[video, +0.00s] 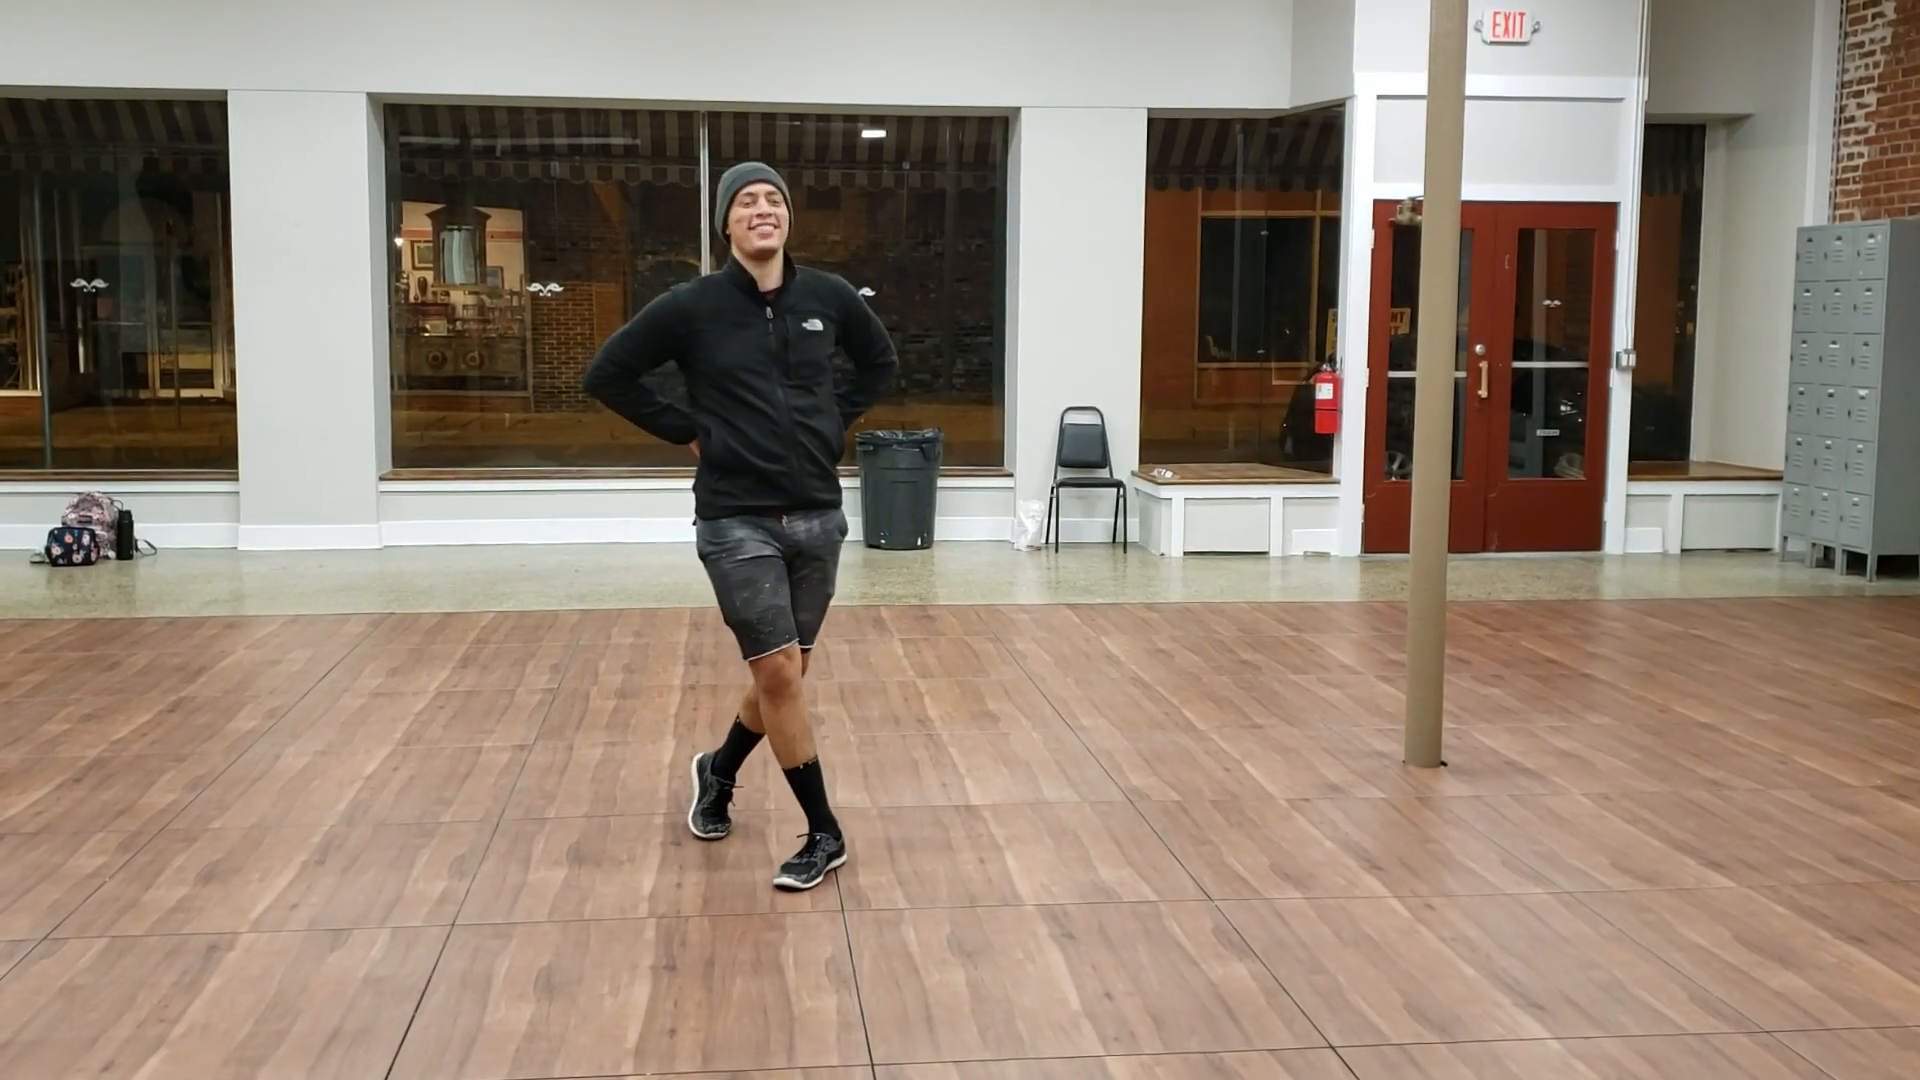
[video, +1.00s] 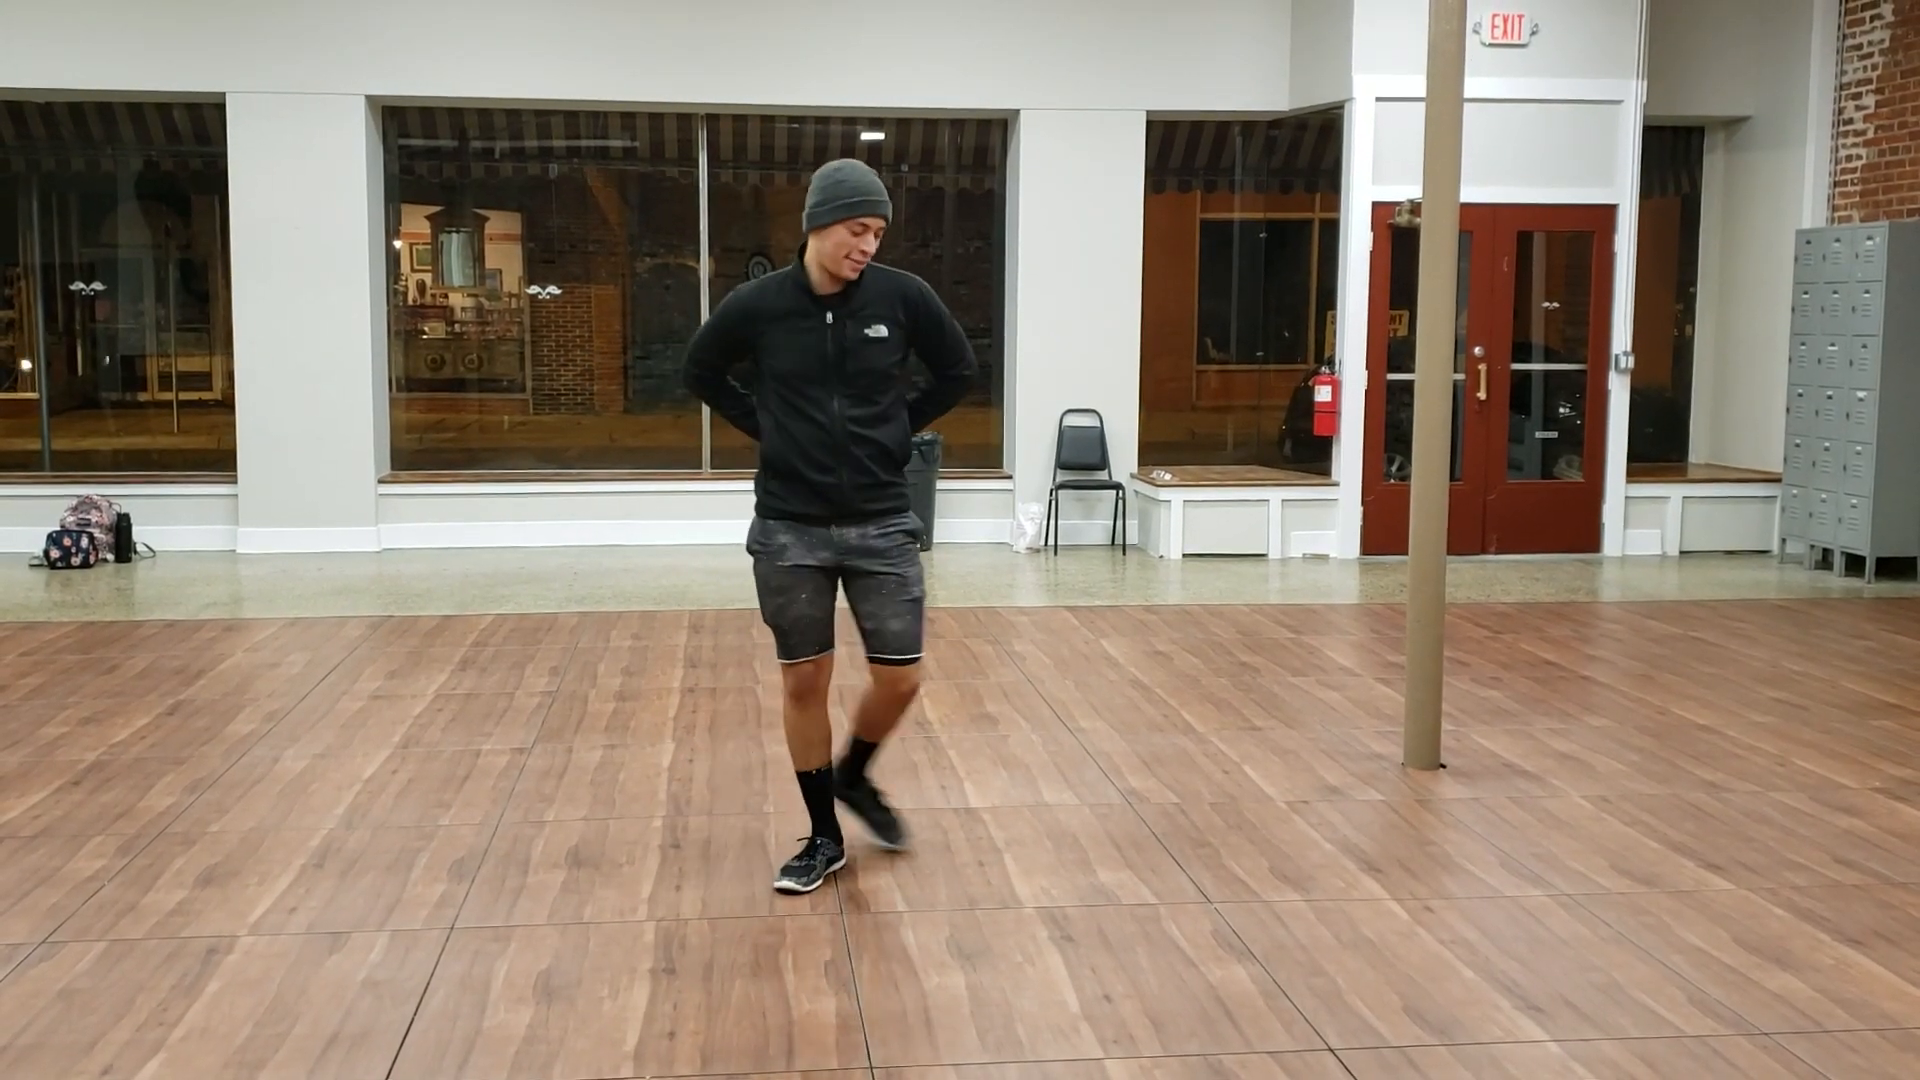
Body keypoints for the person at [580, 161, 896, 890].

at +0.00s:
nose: (762, 210)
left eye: (772, 201)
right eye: (747, 202)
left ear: (790, 220)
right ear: (725, 225)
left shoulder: (832, 296)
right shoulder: (690, 306)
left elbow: (881, 367)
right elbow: (604, 377)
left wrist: (831, 423)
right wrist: (688, 432)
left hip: (817, 514)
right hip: (733, 516)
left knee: (785, 675)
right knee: (779, 671)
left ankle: (719, 769)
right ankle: (824, 833)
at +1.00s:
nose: (867, 245)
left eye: (876, 232)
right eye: (855, 229)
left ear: (880, 237)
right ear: (814, 224)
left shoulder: (902, 297)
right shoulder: (754, 305)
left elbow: (959, 375)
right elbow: (701, 373)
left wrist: (895, 427)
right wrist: (769, 430)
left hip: (881, 523)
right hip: (789, 524)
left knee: (900, 672)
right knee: (804, 676)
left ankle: (851, 774)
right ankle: (822, 837)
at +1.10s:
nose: (872, 241)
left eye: (883, 229)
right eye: (861, 225)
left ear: (890, 234)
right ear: (824, 220)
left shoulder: (915, 297)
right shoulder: (764, 304)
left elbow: (978, 375)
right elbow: (720, 369)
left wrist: (914, 432)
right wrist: (780, 421)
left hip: (898, 523)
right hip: (802, 525)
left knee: (937, 676)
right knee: (811, 680)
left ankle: (947, 808)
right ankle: (824, 838)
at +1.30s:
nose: (904, 240)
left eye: (918, 227)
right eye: (892, 222)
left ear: (929, 235)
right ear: (858, 222)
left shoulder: (956, 306)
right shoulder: (814, 302)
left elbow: (1029, 391)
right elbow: (780, 365)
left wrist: (952, 443)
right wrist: (831, 418)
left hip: (933, 529)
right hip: (837, 529)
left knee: (989, 677)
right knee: (819, 685)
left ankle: (1060, 836)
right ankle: (826, 833)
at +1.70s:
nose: (887, 213)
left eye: (903, 207)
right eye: (876, 200)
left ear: (918, 233)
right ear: (850, 217)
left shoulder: (944, 315)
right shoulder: (816, 301)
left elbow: (1013, 410)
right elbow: (790, 362)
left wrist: (934, 455)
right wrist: (826, 416)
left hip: (908, 537)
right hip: (817, 531)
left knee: (962, 686)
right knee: (793, 685)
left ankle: (1050, 828)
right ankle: (849, 815)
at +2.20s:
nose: (737, 223)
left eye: (751, 215)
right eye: (724, 212)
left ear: (770, 239)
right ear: (699, 232)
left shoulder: (802, 332)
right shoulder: (648, 310)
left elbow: (854, 412)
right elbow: (556, 382)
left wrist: (783, 466)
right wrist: (633, 448)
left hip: (742, 546)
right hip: (654, 541)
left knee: (683, 714)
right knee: (637, 715)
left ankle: (644, 872)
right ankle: (764, 788)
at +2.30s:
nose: (708, 217)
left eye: (721, 208)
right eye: (694, 207)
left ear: (741, 231)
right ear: (670, 226)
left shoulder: (775, 325)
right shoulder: (620, 308)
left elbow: (824, 406)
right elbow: (520, 375)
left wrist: (752, 459)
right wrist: (602, 447)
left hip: (719, 548)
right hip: (623, 544)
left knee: (675, 718)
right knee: (575, 708)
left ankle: (642, 874)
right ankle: (680, 785)